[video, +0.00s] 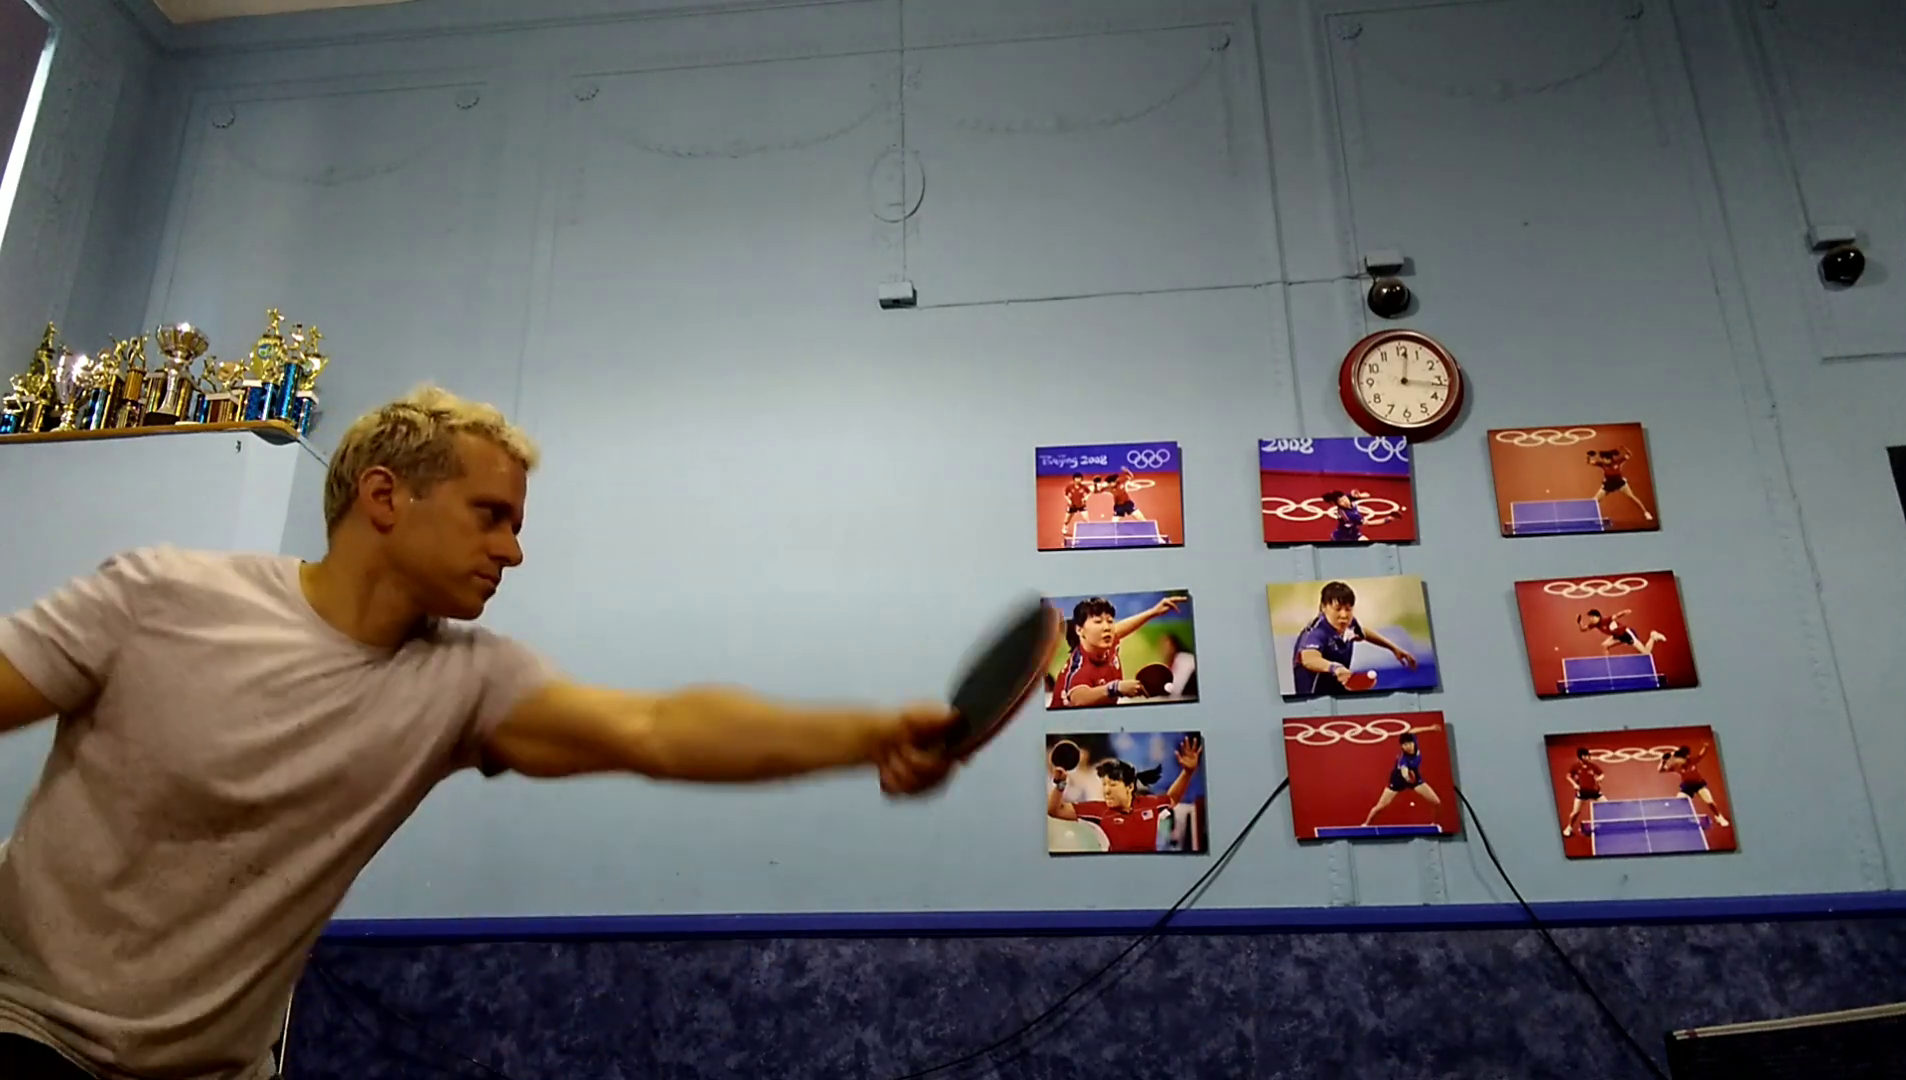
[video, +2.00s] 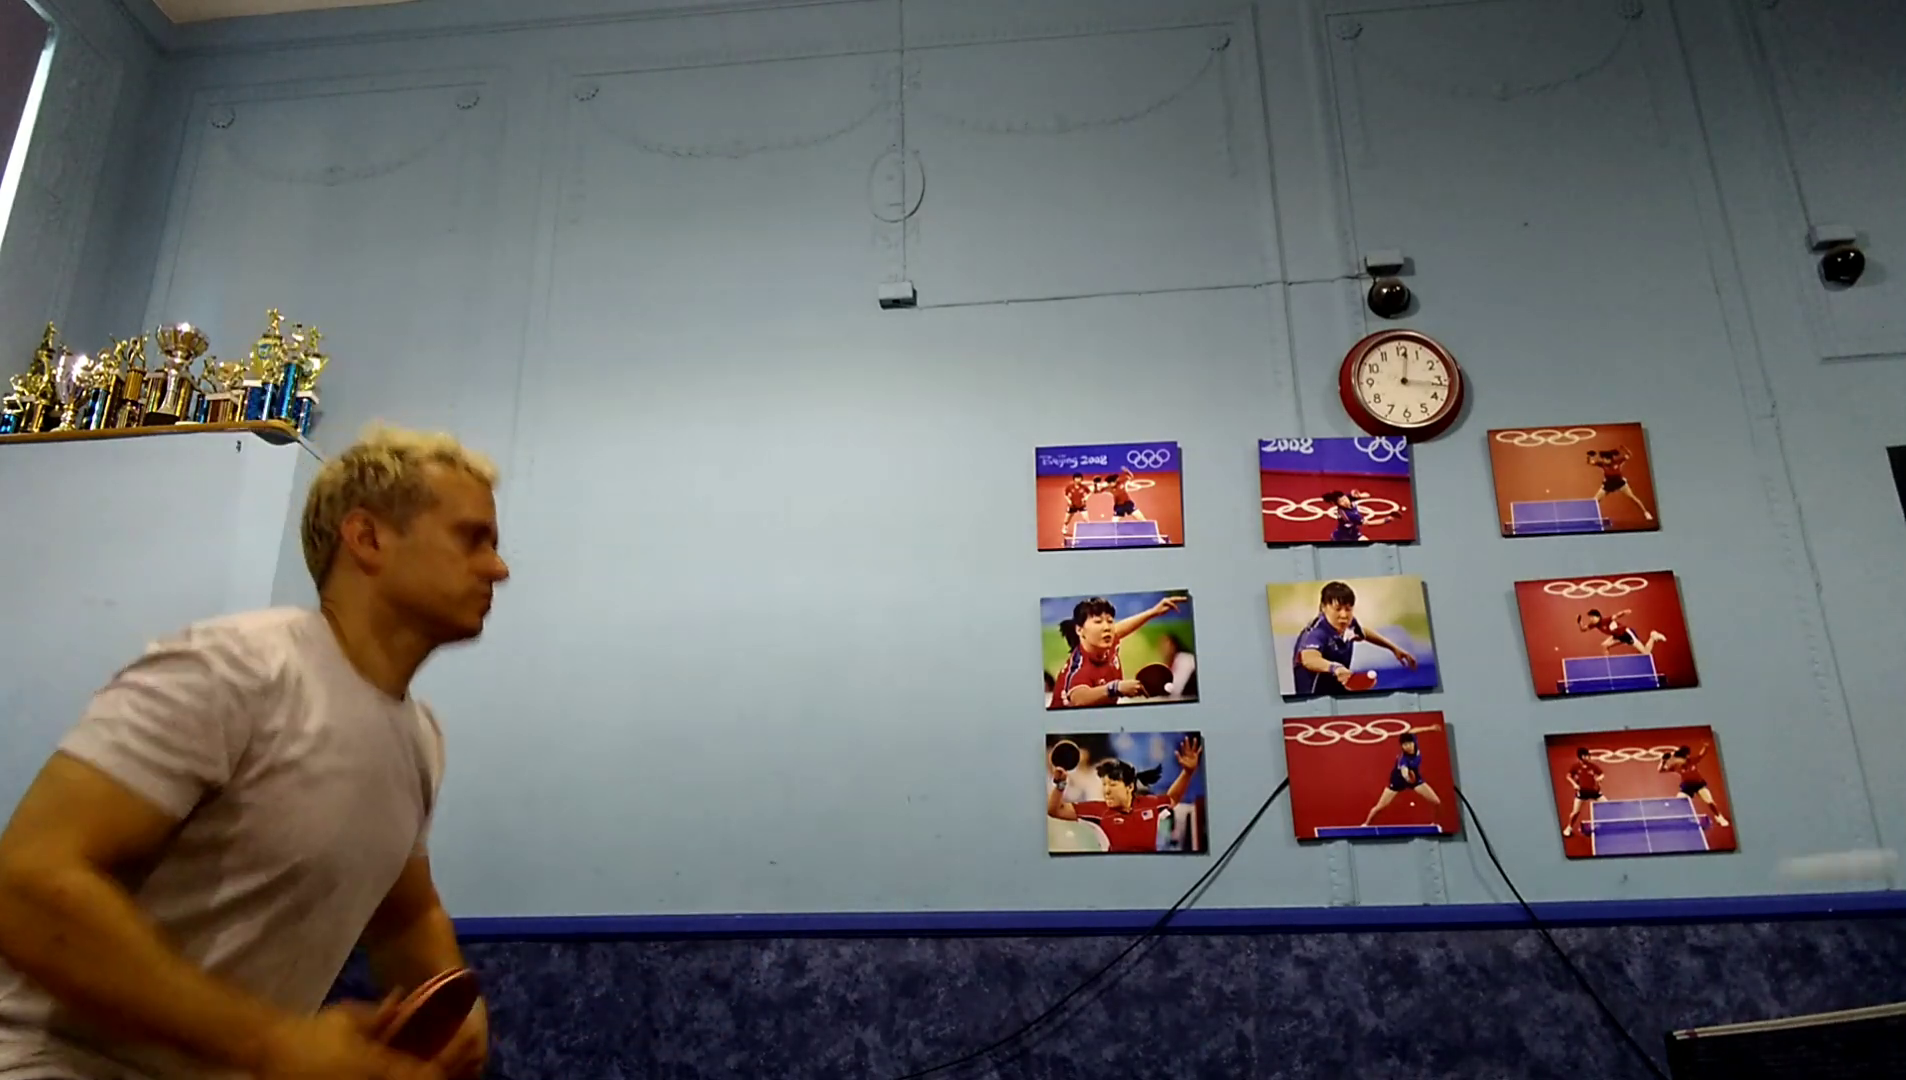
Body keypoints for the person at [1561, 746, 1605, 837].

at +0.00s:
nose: (1588, 758)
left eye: (1588, 755)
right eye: (1586, 756)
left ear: (1588, 756)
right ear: (1581, 757)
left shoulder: (1592, 766)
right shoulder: (1576, 767)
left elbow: (1602, 774)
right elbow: (1568, 776)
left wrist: (1598, 779)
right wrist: (1574, 784)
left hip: (1594, 791)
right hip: (1582, 791)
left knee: (1607, 806)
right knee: (1575, 812)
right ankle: (1569, 827)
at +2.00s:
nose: (1588, 758)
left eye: (1588, 755)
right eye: (1586, 756)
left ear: (1588, 756)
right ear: (1581, 757)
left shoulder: (1592, 766)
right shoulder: (1576, 767)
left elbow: (1602, 774)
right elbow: (1568, 776)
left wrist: (1598, 779)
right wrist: (1574, 784)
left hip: (1594, 791)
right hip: (1582, 791)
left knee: (1607, 806)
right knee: (1576, 812)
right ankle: (1569, 827)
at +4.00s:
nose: (1587, 758)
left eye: (1588, 755)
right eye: (1585, 756)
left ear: (1589, 756)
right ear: (1581, 757)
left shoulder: (1592, 766)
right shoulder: (1576, 766)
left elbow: (1602, 774)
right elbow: (1569, 776)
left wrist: (1598, 779)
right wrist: (1574, 785)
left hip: (1594, 791)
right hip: (1582, 791)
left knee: (1606, 805)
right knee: (1576, 812)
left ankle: (1606, 826)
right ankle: (1569, 827)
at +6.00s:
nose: (1587, 758)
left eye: (1588, 755)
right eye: (1585, 756)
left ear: (1589, 756)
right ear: (1581, 757)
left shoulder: (1592, 766)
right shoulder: (1576, 767)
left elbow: (1602, 774)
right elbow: (1568, 776)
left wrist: (1598, 779)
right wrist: (1574, 785)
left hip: (1594, 791)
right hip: (1582, 791)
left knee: (1606, 806)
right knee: (1576, 812)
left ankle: (1606, 826)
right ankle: (1569, 827)